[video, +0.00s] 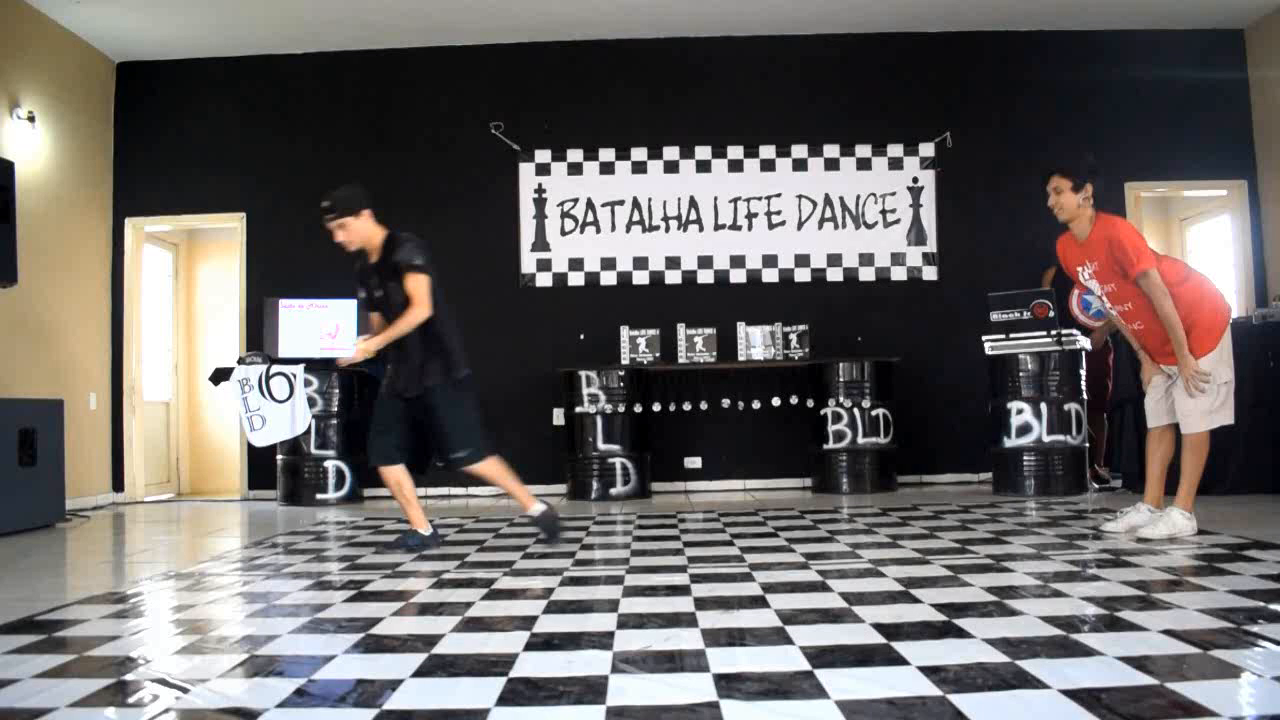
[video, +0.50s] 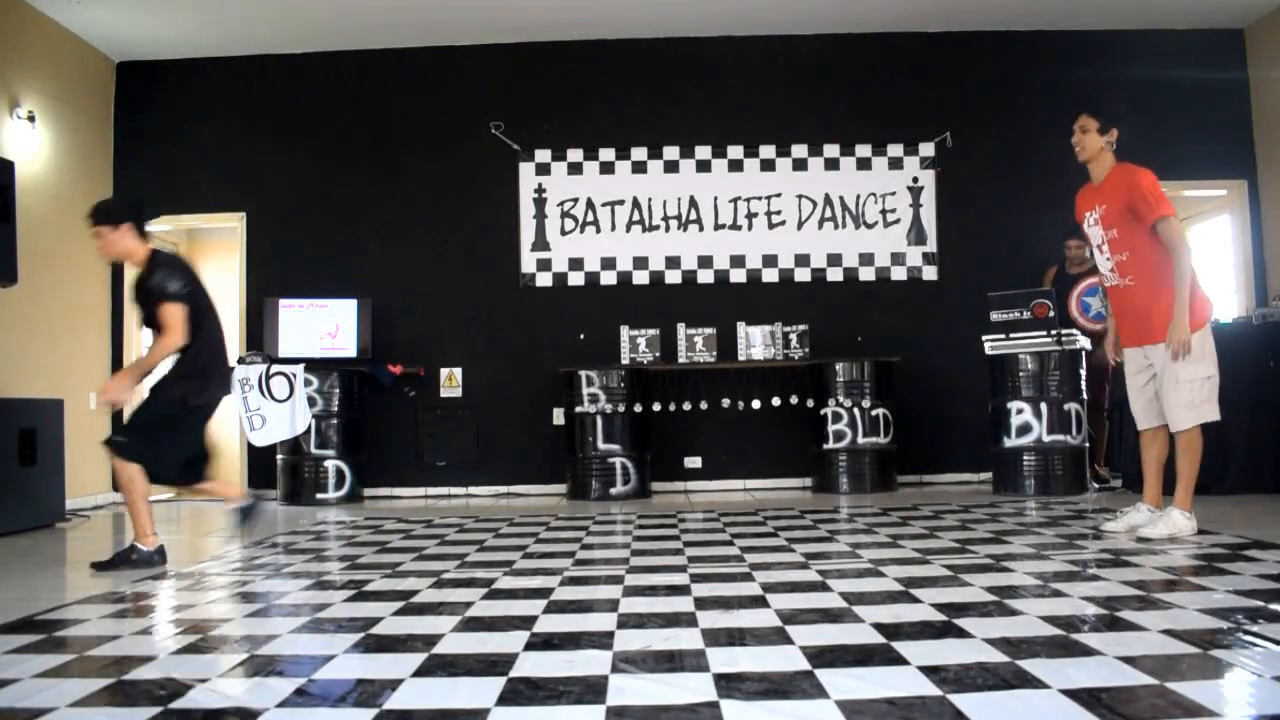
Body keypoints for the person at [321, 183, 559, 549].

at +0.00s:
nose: (337, 238)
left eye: (340, 227)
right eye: (332, 231)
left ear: (365, 216)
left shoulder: (406, 249)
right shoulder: (366, 271)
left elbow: (422, 308)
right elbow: (378, 331)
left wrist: (372, 343)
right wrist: (356, 350)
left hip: (440, 368)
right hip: (402, 373)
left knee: (466, 453)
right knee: (385, 453)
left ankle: (537, 509)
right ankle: (423, 530)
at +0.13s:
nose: (289, 240)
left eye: (293, 230)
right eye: (285, 233)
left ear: (319, 222)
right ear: (312, 227)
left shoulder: (356, 253)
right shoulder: (331, 271)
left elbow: (374, 309)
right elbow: (346, 326)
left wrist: (334, 351)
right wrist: (326, 359)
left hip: (391, 369)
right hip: (367, 371)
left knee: (368, 458)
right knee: (360, 461)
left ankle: (442, 498)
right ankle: (418, 527)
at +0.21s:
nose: (255, 234)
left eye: (259, 224)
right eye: (253, 226)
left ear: (287, 217)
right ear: (283, 221)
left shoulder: (322, 250)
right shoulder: (296, 269)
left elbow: (340, 305)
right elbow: (312, 326)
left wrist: (303, 353)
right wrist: (295, 366)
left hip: (360, 371)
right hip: (346, 372)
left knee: (301, 445)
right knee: (356, 462)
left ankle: (352, 517)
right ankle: (421, 527)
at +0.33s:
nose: (198, 220)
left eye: (200, 209)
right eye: (194, 212)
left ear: (225, 201)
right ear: (217, 207)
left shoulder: (266, 239)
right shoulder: (234, 257)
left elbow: (282, 301)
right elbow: (248, 313)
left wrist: (245, 355)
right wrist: (239, 360)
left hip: (287, 369)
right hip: (283, 370)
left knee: (231, 441)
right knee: (317, 453)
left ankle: (196, 537)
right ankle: (388, 509)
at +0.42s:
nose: (154, 225)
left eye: (157, 214)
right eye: (150, 217)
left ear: (183, 208)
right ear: (176, 213)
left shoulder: (220, 247)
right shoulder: (195, 259)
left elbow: (238, 311)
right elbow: (210, 316)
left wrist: (195, 358)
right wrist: (191, 359)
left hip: (242, 368)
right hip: (237, 368)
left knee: (182, 447)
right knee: (256, 462)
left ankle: (156, 544)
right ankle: (340, 495)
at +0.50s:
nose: (98, 246)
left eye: (101, 236)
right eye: (96, 238)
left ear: (125, 230)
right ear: (124, 232)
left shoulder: (163, 271)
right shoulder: (153, 274)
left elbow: (175, 336)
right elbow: (164, 341)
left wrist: (126, 377)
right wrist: (129, 384)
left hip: (196, 377)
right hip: (196, 377)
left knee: (125, 449)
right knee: (169, 469)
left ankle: (147, 544)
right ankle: (243, 496)